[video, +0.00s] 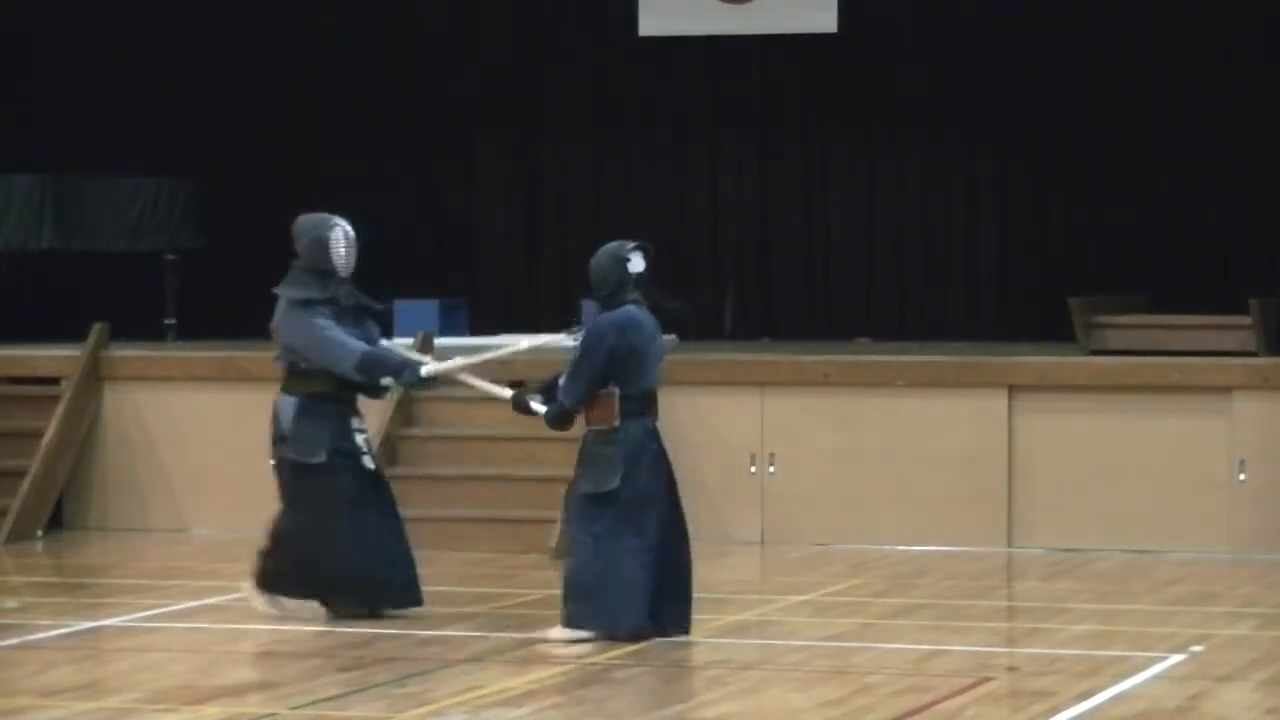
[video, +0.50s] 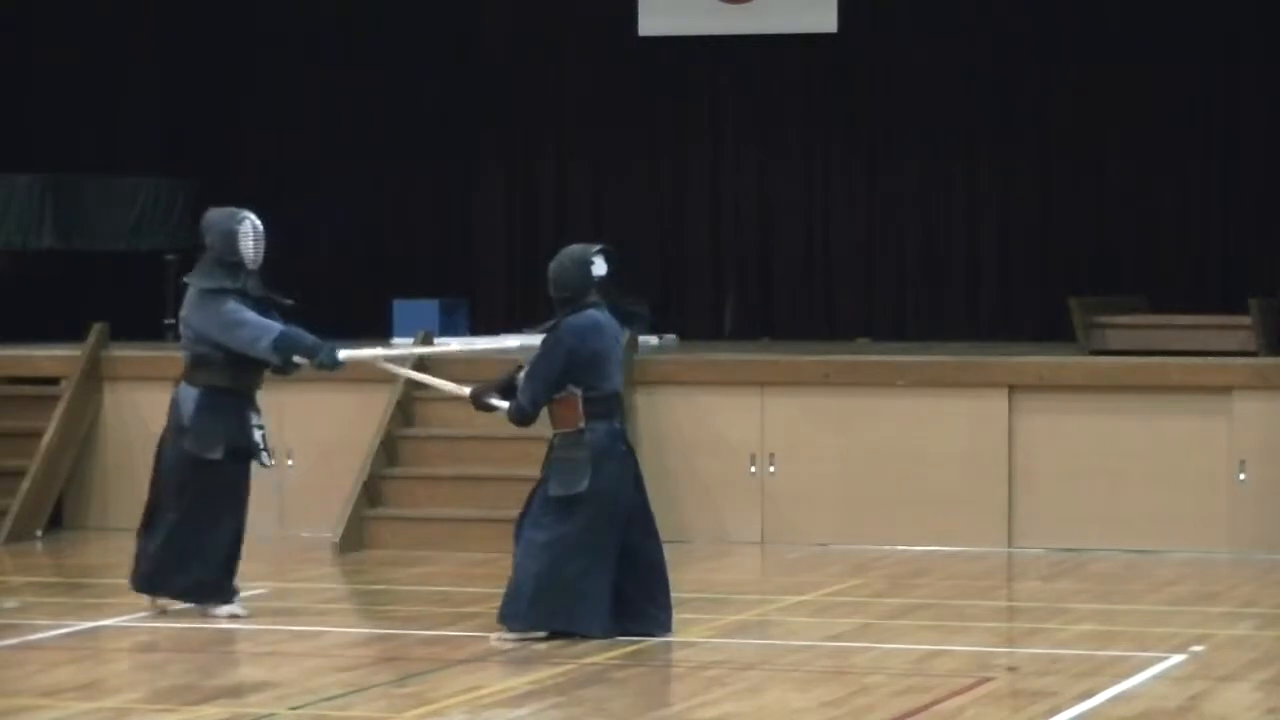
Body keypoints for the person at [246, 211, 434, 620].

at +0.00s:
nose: (345, 256)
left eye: (347, 247)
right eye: (336, 248)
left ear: (349, 250)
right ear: (313, 251)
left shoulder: (345, 302)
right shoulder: (296, 309)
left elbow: (370, 346)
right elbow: (339, 351)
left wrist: (405, 363)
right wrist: (401, 369)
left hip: (343, 411)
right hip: (306, 412)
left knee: (364, 501)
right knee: (320, 501)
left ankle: (357, 593)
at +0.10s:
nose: (322, 258)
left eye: (324, 249)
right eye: (313, 249)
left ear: (327, 252)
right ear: (289, 252)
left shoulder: (315, 301)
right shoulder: (274, 308)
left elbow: (339, 345)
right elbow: (315, 346)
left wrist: (382, 360)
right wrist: (372, 366)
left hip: (310, 411)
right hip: (275, 412)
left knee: (345, 497)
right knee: (269, 497)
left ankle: (350, 589)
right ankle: (225, 581)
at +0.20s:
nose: (304, 257)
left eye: (305, 248)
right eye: (296, 249)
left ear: (302, 251)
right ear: (274, 251)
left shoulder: (288, 300)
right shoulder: (255, 305)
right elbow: (300, 341)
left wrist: (335, 366)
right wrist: (360, 361)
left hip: (276, 412)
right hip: (255, 414)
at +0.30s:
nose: (286, 250)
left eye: (287, 241)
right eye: (278, 242)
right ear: (257, 245)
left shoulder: (270, 292)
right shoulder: (236, 299)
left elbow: (283, 339)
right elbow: (285, 335)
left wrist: (311, 360)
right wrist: (342, 354)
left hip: (260, 408)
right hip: (230, 407)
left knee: (266, 499)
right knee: (227, 498)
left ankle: (247, 586)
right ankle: (217, 594)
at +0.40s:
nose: (269, 248)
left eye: (270, 239)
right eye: (261, 240)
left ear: (265, 243)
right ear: (239, 242)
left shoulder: (253, 290)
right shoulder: (221, 297)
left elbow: (264, 343)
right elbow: (271, 332)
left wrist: (297, 360)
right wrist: (327, 351)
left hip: (246, 404)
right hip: (218, 404)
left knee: (248, 497)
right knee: (220, 496)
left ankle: (226, 591)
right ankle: (207, 593)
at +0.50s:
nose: (253, 250)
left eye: (255, 242)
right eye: (245, 242)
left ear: (255, 244)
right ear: (223, 244)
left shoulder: (242, 292)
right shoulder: (206, 298)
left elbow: (249, 344)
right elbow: (255, 332)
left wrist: (282, 359)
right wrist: (315, 348)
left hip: (233, 405)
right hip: (203, 405)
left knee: (226, 500)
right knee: (191, 496)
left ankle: (216, 588)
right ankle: (160, 578)